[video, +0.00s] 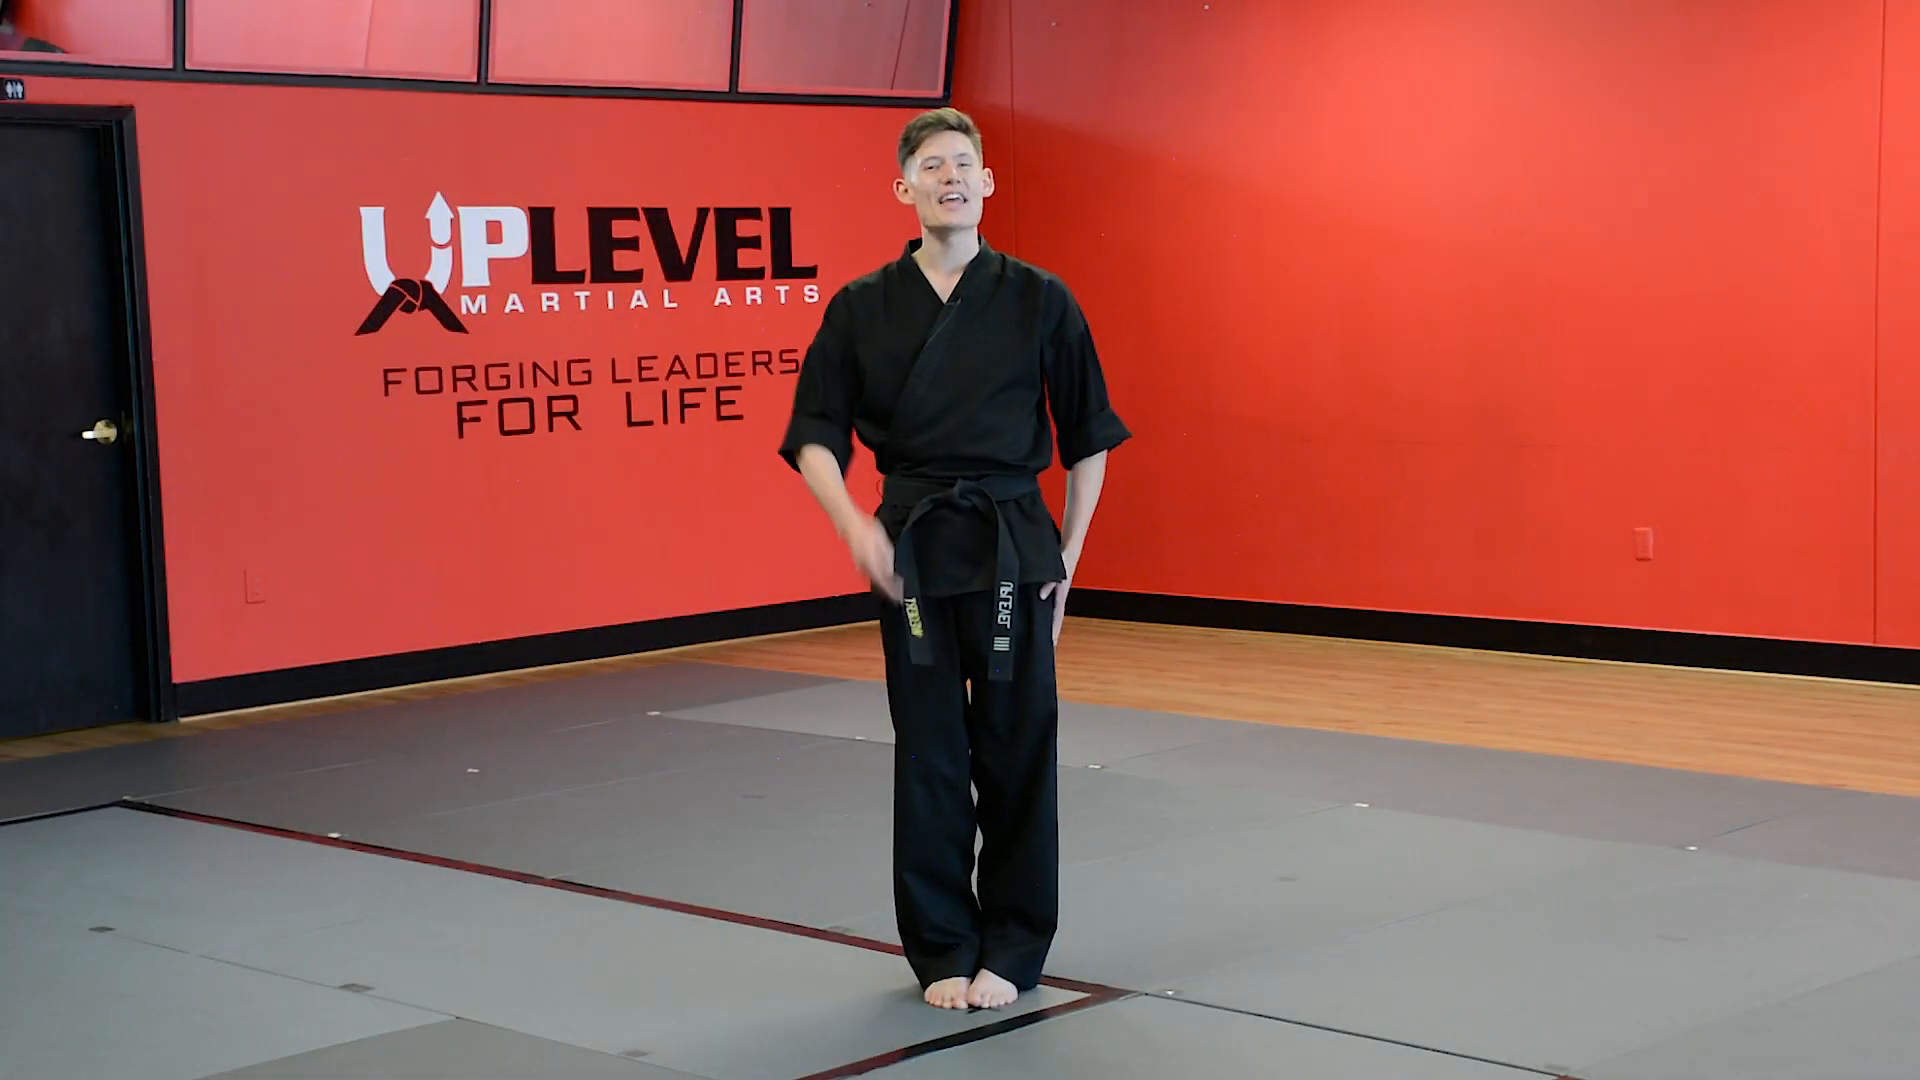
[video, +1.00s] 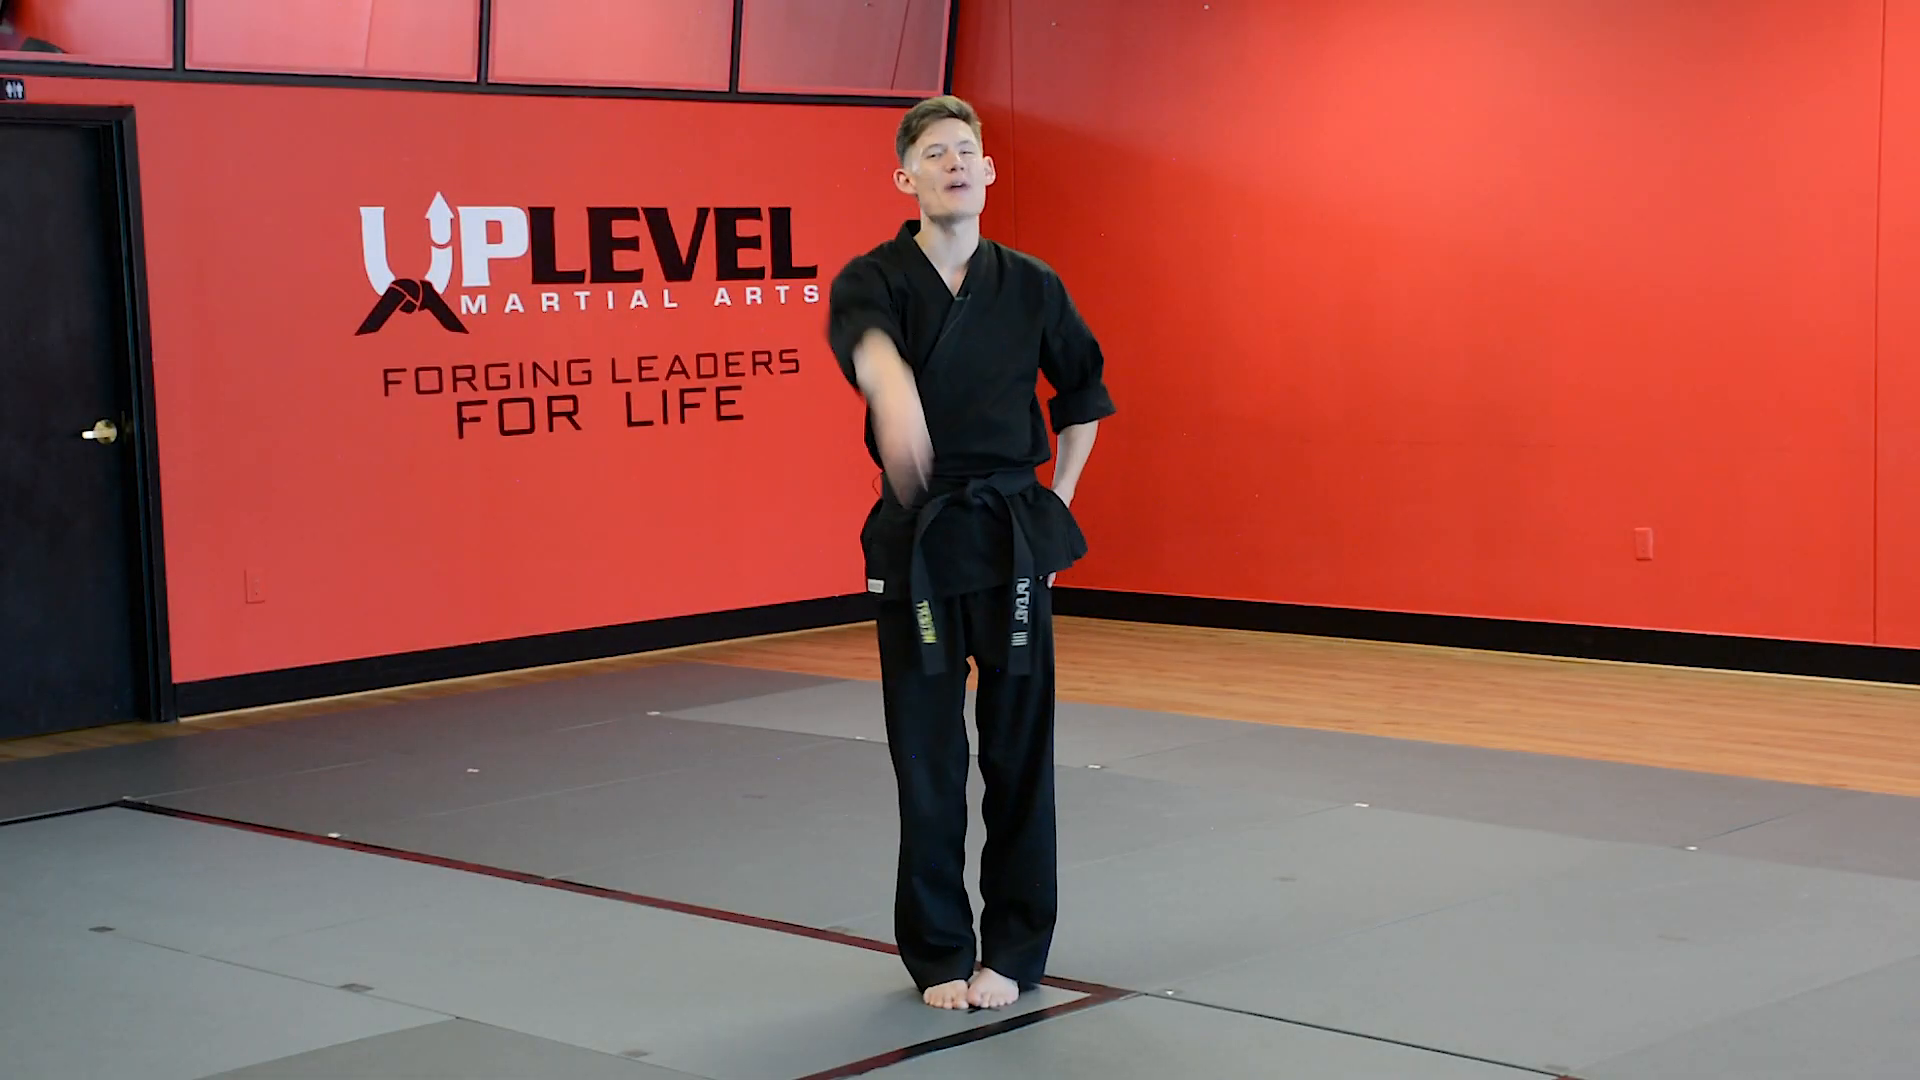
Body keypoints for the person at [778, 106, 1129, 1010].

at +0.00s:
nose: (953, 177)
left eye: (966, 165)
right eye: (934, 166)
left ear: (987, 183)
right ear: (905, 187)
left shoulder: (1039, 297)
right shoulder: (860, 306)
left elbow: (1087, 437)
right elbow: (812, 439)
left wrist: (1070, 556)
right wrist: (857, 529)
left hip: (1017, 536)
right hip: (914, 539)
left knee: (1016, 761)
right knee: (929, 762)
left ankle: (1011, 955)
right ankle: (943, 955)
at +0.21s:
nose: (952, 171)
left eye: (963, 160)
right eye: (932, 162)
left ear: (985, 182)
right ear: (902, 189)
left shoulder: (1037, 295)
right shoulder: (859, 299)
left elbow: (1093, 420)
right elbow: (781, 394)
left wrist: (1068, 534)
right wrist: (852, 392)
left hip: (1016, 537)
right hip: (915, 540)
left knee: (1018, 759)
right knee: (932, 759)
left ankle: (1011, 956)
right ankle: (943, 957)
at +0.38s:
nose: (960, 170)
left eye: (969, 159)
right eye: (939, 161)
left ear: (984, 182)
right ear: (903, 185)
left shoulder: (1032, 293)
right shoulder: (865, 292)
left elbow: (1091, 413)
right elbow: (768, 351)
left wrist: (1064, 524)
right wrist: (854, 308)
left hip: (1019, 540)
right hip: (918, 544)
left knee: (1021, 761)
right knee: (936, 763)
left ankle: (1009, 955)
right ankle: (943, 958)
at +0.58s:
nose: (968, 166)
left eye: (974, 155)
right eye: (945, 157)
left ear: (988, 178)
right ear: (905, 181)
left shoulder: (1029, 293)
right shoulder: (870, 286)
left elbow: (1081, 404)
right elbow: (769, 311)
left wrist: (1060, 510)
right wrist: (854, 242)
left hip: (1020, 537)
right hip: (923, 541)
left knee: (1022, 760)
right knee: (943, 760)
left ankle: (1010, 957)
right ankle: (943, 957)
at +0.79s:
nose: (969, 162)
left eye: (975, 151)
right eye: (945, 154)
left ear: (990, 175)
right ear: (905, 181)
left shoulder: (1029, 288)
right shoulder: (876, 281)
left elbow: (1077, 400)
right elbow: (788, 305)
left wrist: (1053, 510)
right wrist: (863, 228)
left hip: (1017, 535)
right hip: (920, 538)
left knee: (1019, 762)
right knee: (937, 764)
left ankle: (1009, 955)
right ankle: (943, 958)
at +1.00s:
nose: (960, 164)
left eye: (970, 152)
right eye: (938, 154)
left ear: (990, 172)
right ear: (906, 180)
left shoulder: (1030, 283)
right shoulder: (870, 281)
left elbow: (1086, 393)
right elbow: (878, 365)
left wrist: (1054, 502)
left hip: (1014, 531)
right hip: (915, 536)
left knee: (1018, 758)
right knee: (928, 761)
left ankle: (1013, 954)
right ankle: (939, 953)